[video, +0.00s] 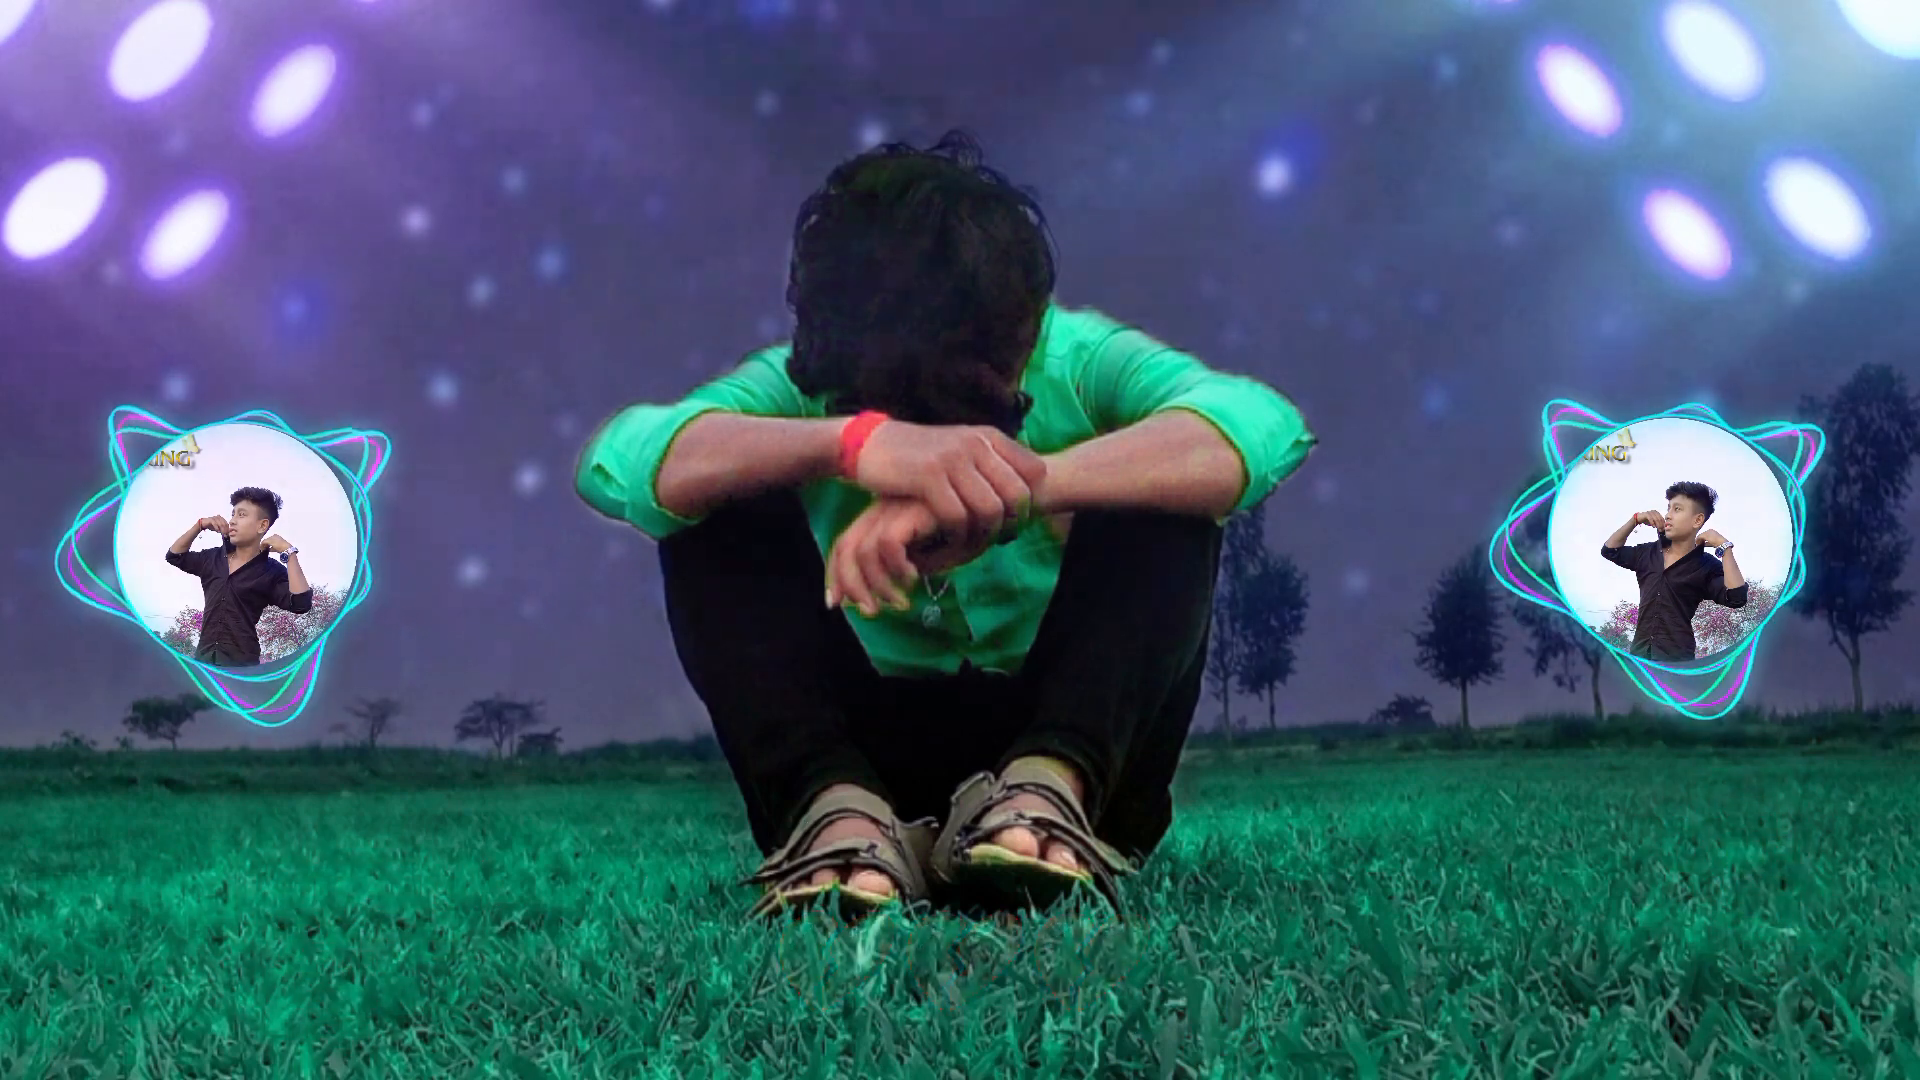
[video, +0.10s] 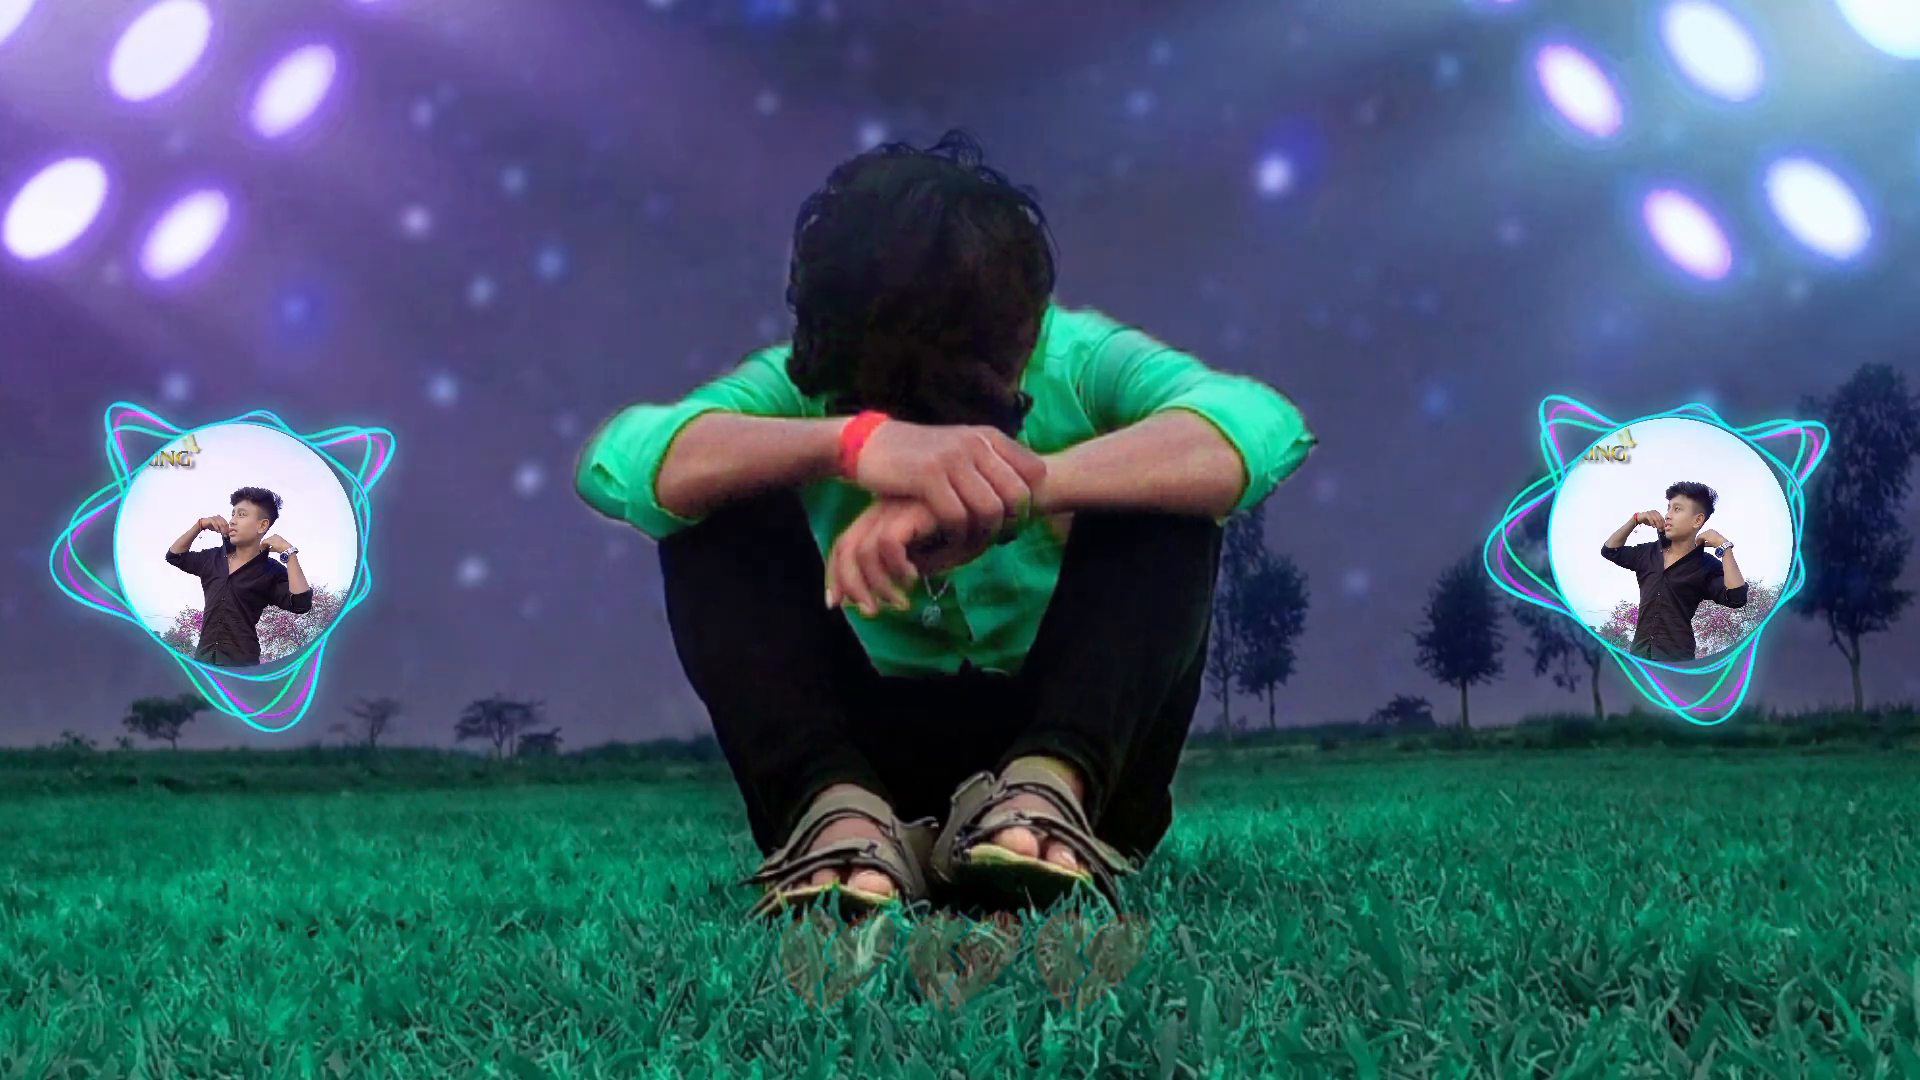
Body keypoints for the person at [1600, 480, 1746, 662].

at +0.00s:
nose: (1667, 515)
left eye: (1677, 509)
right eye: (1668, 509)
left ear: (1698, 520)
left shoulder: (1705, 564)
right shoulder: (1647, 553)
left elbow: (1737, 599)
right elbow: (1609, 551)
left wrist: (1725, 547)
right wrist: (1634, 520)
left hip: (1677, 660)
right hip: (1639, 655)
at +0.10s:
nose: (1667, 515)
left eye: (1677, 509)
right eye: (1668, 509)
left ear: (1698, 520)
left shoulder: (1705, 564)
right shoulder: (1647, 553)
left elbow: (1737, 599)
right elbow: (1609, 551)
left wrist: (1725, 547)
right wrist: (1634, 520)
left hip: (1677, 660)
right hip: (1639, 655)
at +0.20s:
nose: (1667, 515)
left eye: (1677, 509)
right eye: (1668, 509)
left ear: (1698, 520)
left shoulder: (1705, 564)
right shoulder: (1647, 553)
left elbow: (1737, 599)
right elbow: (1609, 551)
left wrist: (1725, 547)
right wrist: (1634, 520)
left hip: (1677, 662)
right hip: (1638, 656)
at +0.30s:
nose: (1667, 515)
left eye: (1677, 509)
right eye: (1668, 509)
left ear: (1698, 520)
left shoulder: (1705, 564)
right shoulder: (1647, 553)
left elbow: (1737, 599)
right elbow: (1609, 551)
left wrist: (1725, 547)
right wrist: (1635, 520)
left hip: (1677, 660)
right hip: (1639, 655)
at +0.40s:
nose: (1667, 515)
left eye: (1677, 509)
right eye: (1668, 509)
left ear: (1698, 520)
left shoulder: (1705, 564)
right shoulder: (1647, 553)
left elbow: (1737, 599)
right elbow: (1609, 551)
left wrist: (1725, 547)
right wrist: (1634, 520)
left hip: (1677, 659)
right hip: (1639, 655)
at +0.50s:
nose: (1667, 515)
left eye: (1677, 509)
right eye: (1668, 509)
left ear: (1698, 520)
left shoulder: (1705, 564)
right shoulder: (1647, 553)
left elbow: (1737, 599)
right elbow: (1609, 551)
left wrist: (1725, 547)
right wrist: (1634, 520)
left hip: (1677, 658)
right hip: (1639, 653)